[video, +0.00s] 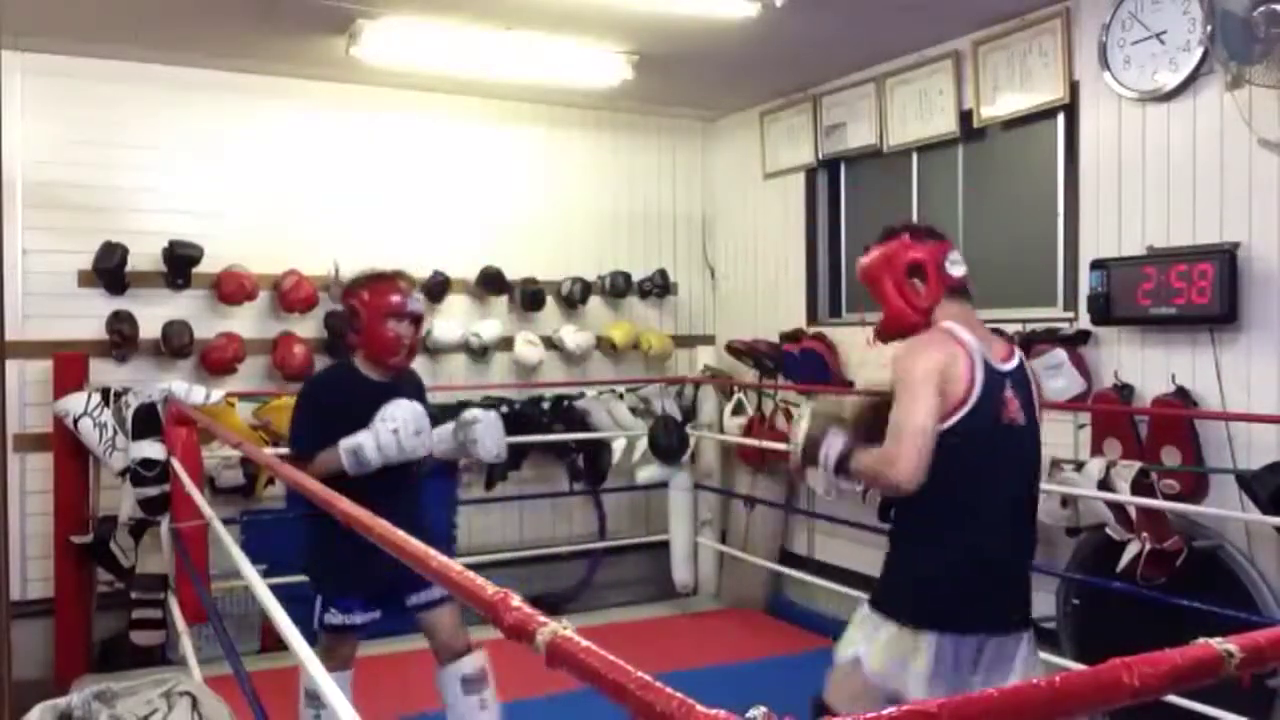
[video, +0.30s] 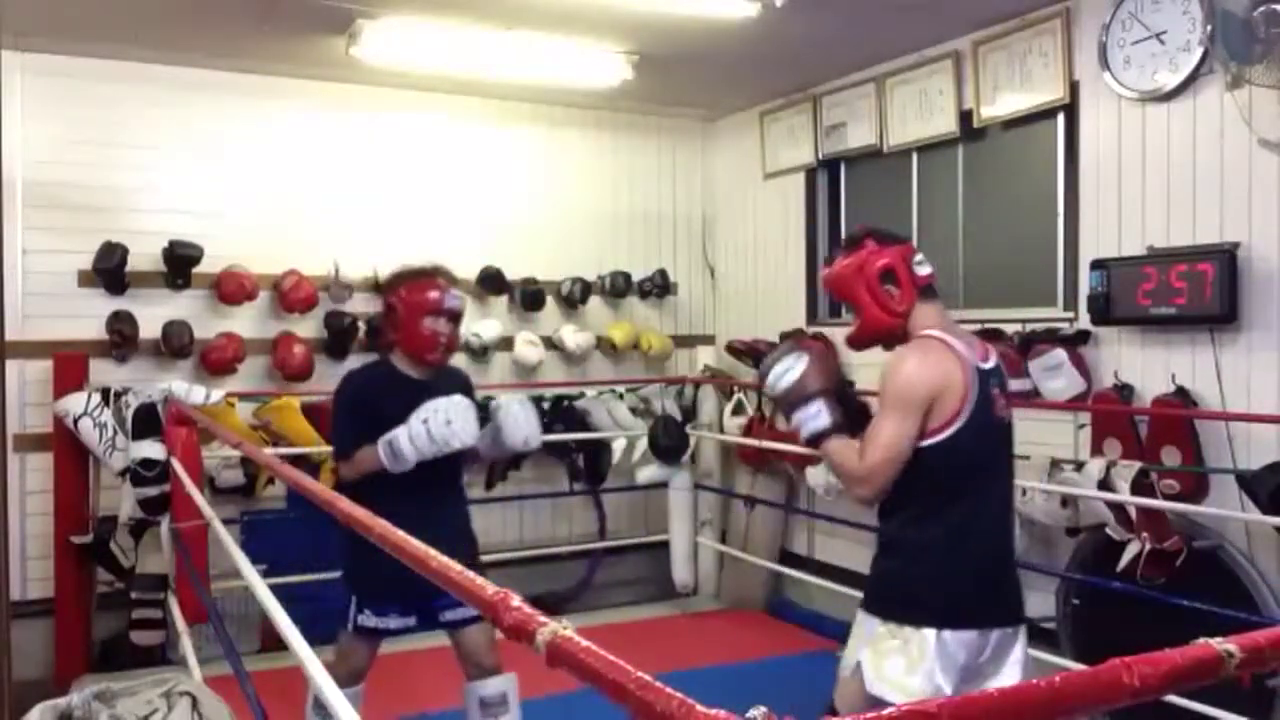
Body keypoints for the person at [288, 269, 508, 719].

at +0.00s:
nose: (406, 332)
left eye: (413, 322)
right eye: (394, 319)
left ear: (421, 326)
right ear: (361, 324)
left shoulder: (409, 383)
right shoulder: (323, 391)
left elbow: (405, 457)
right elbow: (299, 472)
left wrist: (452, 441)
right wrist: (368, 446)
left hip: (411, 543)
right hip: (344, 548)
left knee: (454, 644)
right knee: (336, 656)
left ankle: (473, 713)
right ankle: (321, 715)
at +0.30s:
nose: (444, 330)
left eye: (452, 319)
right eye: (432, 316)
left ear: (460, 326)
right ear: (399, 320)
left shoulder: (455, 382)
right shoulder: (360, 386)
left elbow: (466, 460)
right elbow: (346, 467)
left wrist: (497, 442)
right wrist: (407, 442)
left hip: (449, 548)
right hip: (379, 553)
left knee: (483, 661)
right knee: (350, 666)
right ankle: (319, 715)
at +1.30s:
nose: (446, 339)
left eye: (453, 329)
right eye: (434, 327)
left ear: (460, 334)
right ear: (401, 330)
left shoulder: (468, 384)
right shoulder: (362, 388)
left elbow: (507, 427)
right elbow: (350, 467)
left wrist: (533, 407)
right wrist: (396, 414)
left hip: (456, 561)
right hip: (384, 563)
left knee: (499, 662)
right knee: (350, 663)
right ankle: (311, 711)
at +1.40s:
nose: (461, 339)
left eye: (469, 327)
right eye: (449, 327)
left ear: (476, 328)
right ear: (414, 327)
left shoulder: (490, 376)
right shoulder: (375, 380)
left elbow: (556, 373)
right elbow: (364, 455)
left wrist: (596, 358)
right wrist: (395, 396)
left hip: (461, 551)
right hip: (387, 550)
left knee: (495, 662)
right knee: (340, 662)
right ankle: (308, 715)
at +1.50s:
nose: (464, 341)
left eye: (472, 329)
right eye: (452, 328)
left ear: (480, 331)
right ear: (416, 327)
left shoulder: (486, 379)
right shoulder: (378, 385)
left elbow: (545, 379)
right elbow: (359, 462)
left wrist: (590, 358)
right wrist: (390, 403)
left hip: (463, 553)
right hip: (389, 552)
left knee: (501, 669)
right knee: (335, 666)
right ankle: (306, 708)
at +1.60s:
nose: (457, 360)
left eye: (466, 348)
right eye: (446, 346)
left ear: (476, 352)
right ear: (413, 344)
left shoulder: (481, 402)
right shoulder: (372, 401)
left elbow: (526, 443)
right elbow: (344, 477)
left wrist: (544, 409)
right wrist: (375, 423)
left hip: (466, 563)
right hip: (392, 565)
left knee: (516, 670)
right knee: (338, 668)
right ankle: (304, 710)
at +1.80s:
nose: (427, 340)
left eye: (434, 329)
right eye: (416, 328)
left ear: (442, 330)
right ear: (382, 325)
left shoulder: (444, 383)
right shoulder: (342, 380)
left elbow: (486, 432)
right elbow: (329, 456)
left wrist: (496, 402)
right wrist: (377, 406)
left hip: (434, 550)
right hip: (360, 551)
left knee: (481, 649)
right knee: (321, 653)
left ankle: (498, 713)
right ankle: (294, 712)